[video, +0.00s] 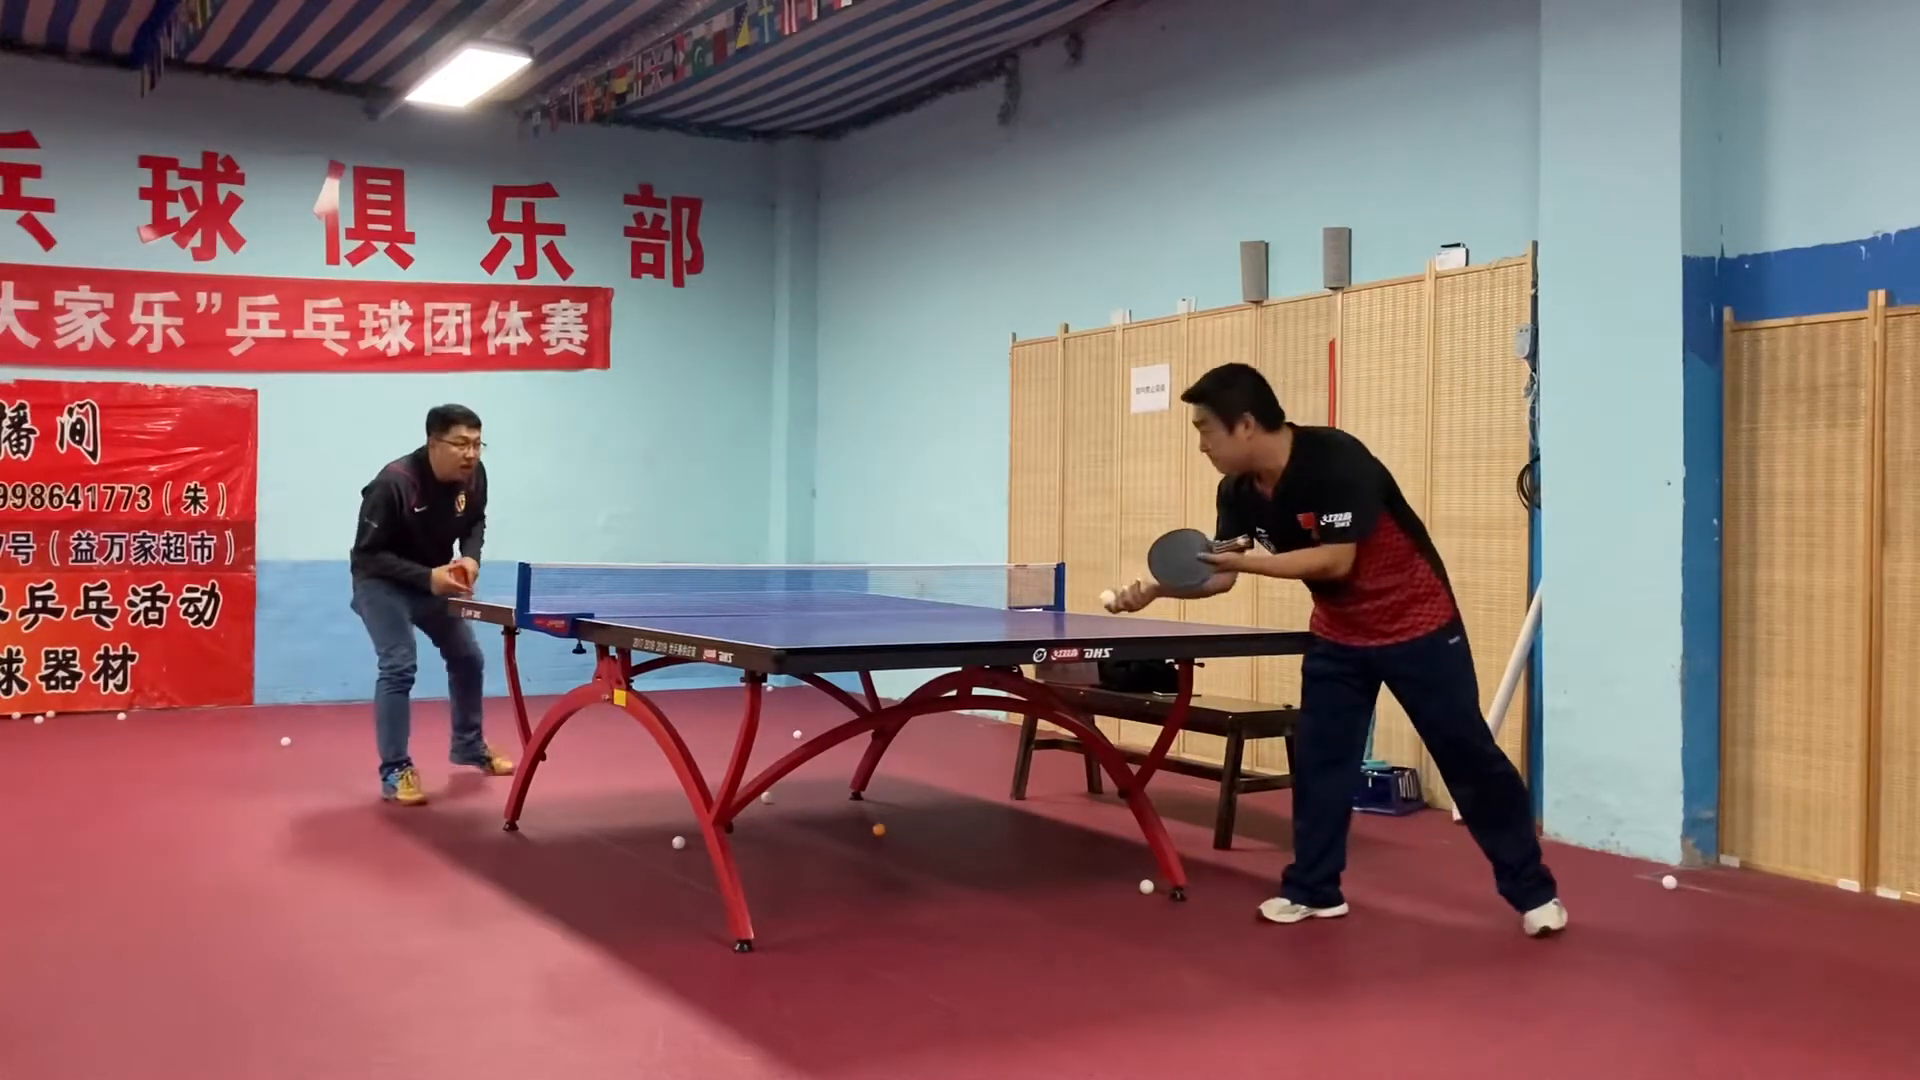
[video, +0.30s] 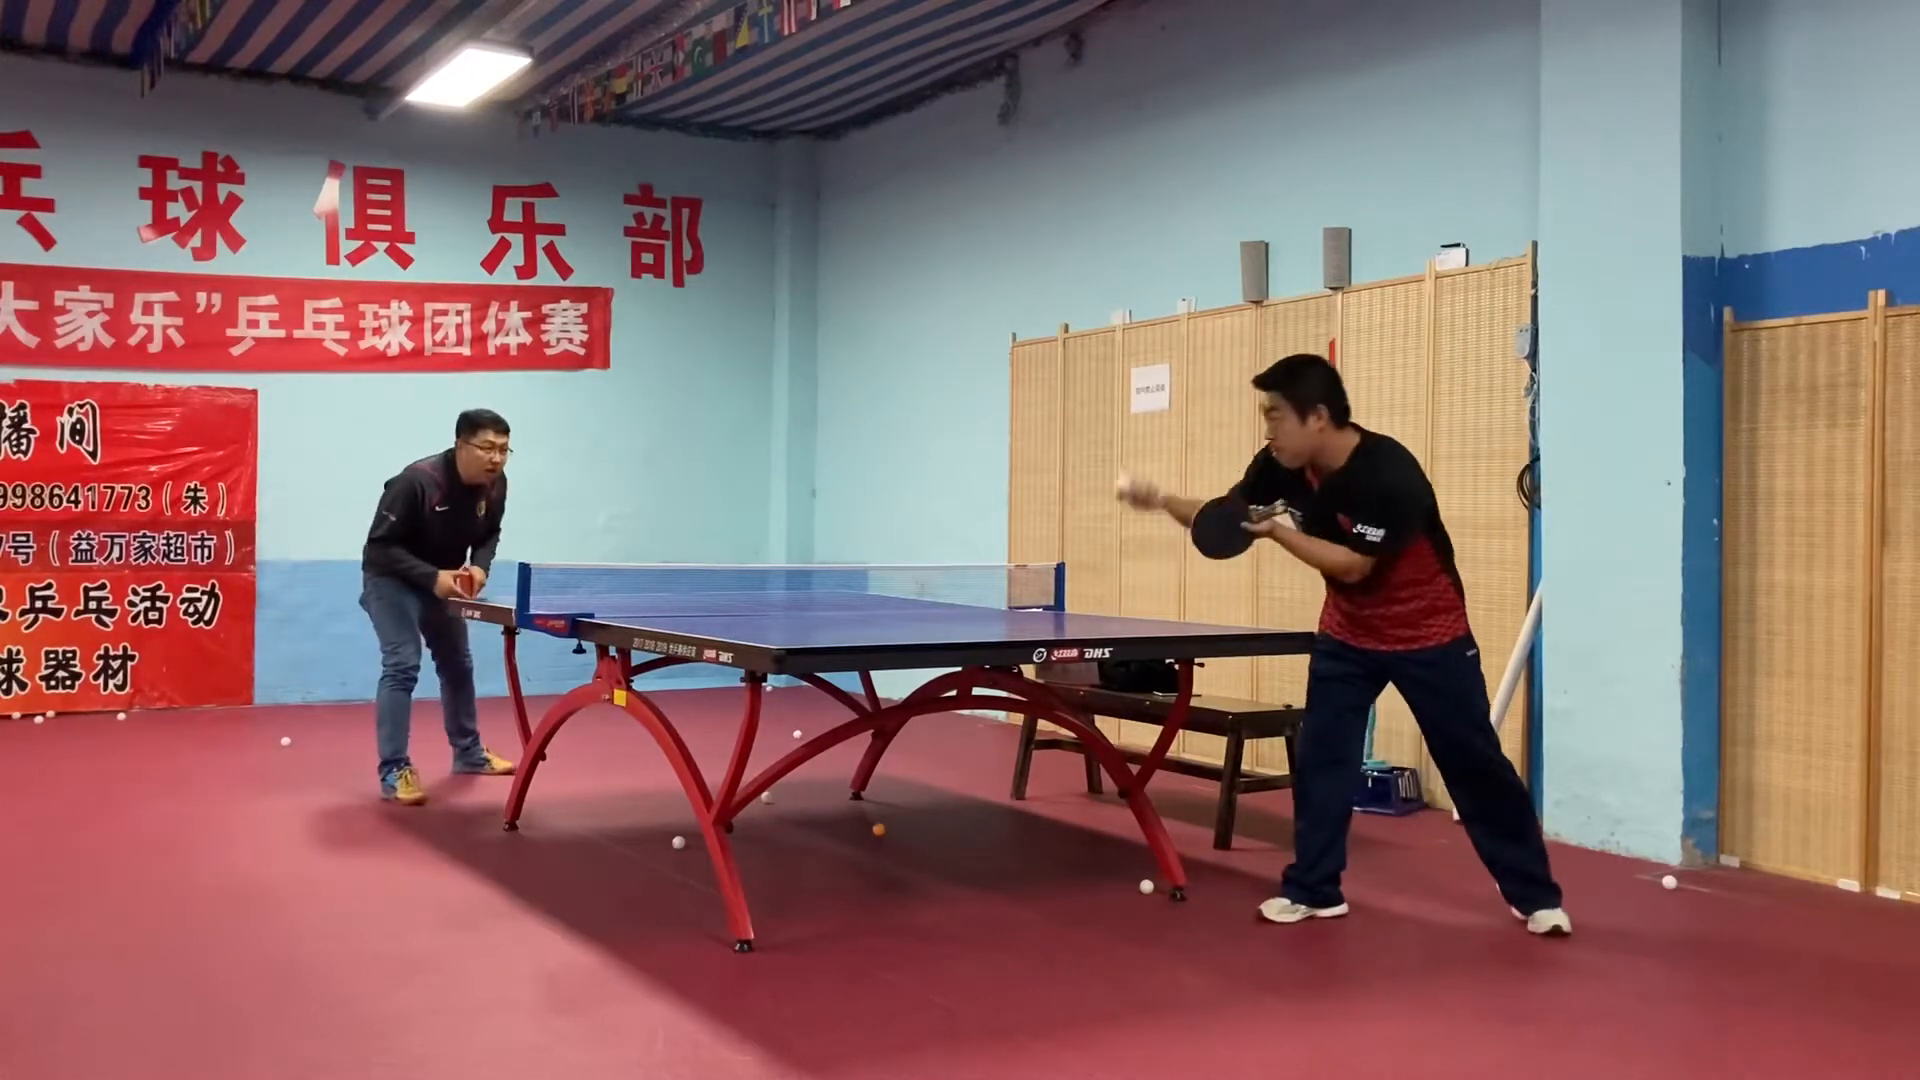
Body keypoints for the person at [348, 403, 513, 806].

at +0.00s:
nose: (470, 454)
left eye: (476, 444)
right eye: (461, 444)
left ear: (480, 444)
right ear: (432, 443)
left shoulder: (473, 475)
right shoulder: (393, 483)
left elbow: (475, 523)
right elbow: (367, 556)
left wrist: (470, 558)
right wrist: (427, 577)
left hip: (432, 582)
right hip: (381, 582)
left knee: (468, 658)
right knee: (399, 665)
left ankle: (468, 746)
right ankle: (395, 770)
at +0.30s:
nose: (496, 458)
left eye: (503, 450)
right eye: (487, 448)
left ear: (508, 452)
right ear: (461, 445)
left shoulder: (495, 484)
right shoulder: (415, 482)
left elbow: (488, 536)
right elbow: (381, 548)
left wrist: (479, 567)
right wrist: (433, 578)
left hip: (441, 582)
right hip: (391, 578)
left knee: (457, 665)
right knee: (403, 663)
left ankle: (468, 753)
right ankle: (393, 770)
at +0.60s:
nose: (516, 449)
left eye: (522, 441)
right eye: (506, 439)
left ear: (526, 444)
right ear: (479, 439)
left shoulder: (506, 482)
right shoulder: (440, 472)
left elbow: (503, 533)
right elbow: (398, 541)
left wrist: (499, 568)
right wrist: (458, 571)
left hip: (447, 587)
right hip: (398, 581)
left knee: (478, 661)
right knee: (402, 663)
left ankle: (470, 756)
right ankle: (394, 770)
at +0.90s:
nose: (524, 440)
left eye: (530, 433)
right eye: (516, 430)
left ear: (534, 439)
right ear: (490, 429)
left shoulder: (507, 484)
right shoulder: (451, 463)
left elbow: (501, 533)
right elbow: (412, 527)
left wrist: (508, 570)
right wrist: (463, 565)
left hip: (440, 581)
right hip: (393, 573)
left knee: (472, 658)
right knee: (382, 655)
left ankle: (469, 756)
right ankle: (350, 763)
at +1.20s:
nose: (483, 429)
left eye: (489, 422)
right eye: (474, 418)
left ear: (492, 428)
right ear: (448, 419)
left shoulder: (470, 478)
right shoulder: (406, 462)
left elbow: (465, 531)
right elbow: (366, 520)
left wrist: (490, 557)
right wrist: (413, 564)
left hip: (435, 603)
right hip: (384, 596)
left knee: (468, 675)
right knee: (360, 674)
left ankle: (469, 758)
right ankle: (307, 774)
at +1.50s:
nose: (487, 430)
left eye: (493, 423)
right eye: (478, 420)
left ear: (496, 425)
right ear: (450, 417)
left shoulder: (489, 464)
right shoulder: (398, 453)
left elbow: (507, 515)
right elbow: (363, 517)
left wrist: (536, 538)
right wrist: (404, 554)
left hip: (457, 594)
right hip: (394, 595)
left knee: (513, 659)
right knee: (358, 676)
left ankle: (534, 766)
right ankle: (307, 775)